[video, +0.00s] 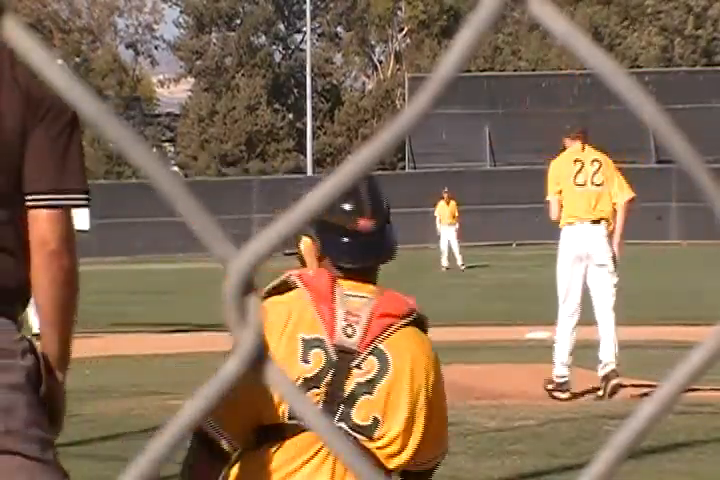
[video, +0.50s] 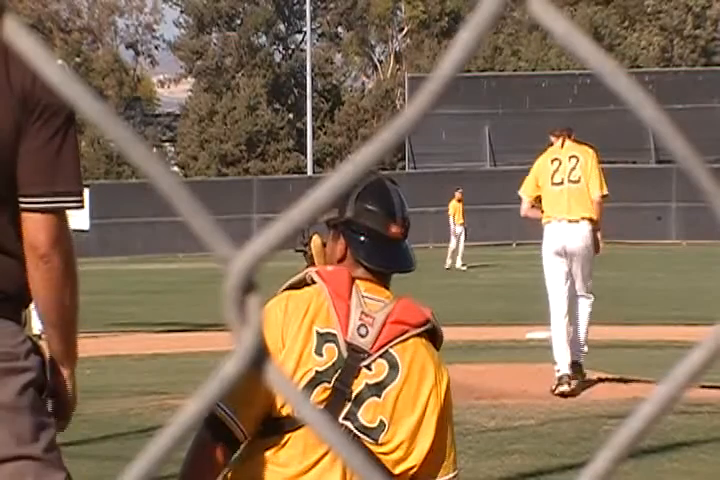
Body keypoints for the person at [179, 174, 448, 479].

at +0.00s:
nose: (300, 245)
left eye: (305, 237)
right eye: (303, 236)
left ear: (316, 247)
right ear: (380, 253)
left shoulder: (273, 315)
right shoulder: (414, 342)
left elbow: (215, 440)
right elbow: (421, 464)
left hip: (271, 468)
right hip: (369, 473)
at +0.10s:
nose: (305, 247)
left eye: (311, 238)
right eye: (308, 237)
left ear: (328, 248)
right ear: (385, 255)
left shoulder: (278, 314)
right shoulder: (419, 345)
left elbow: (218, 435)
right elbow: (429, 467)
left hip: (278, 468)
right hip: (375, 473)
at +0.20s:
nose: (312, 248)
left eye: (319, 238)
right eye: (315, 238)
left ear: (338, 246)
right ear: (389, 257)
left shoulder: (284, 313)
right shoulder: (424, 354)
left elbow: (221, 439)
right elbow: (433, 469)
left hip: (278, 469)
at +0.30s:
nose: (318, 248)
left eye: (325, 238)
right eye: (321, 237)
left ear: (342, 246)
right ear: (391, 258)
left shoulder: (286, 312)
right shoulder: (425, 353)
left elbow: (223, 438)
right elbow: (434, 467)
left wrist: (199, 471)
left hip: (278, 468)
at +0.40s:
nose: (322, 247)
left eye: (328, 237)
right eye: (325, 236)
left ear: (343, 246)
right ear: (393, 256)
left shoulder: (287, 311)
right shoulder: (424, 349)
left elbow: (221, 439)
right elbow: (436, 469)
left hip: (276, 469)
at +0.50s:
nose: (320, 247)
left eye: (326, 237)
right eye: (323, 236)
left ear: (342, 245)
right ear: (393, 257)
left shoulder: (286, 310)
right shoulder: (425, 356)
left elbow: (220, 432)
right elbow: (440, 470)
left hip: (272, 469)